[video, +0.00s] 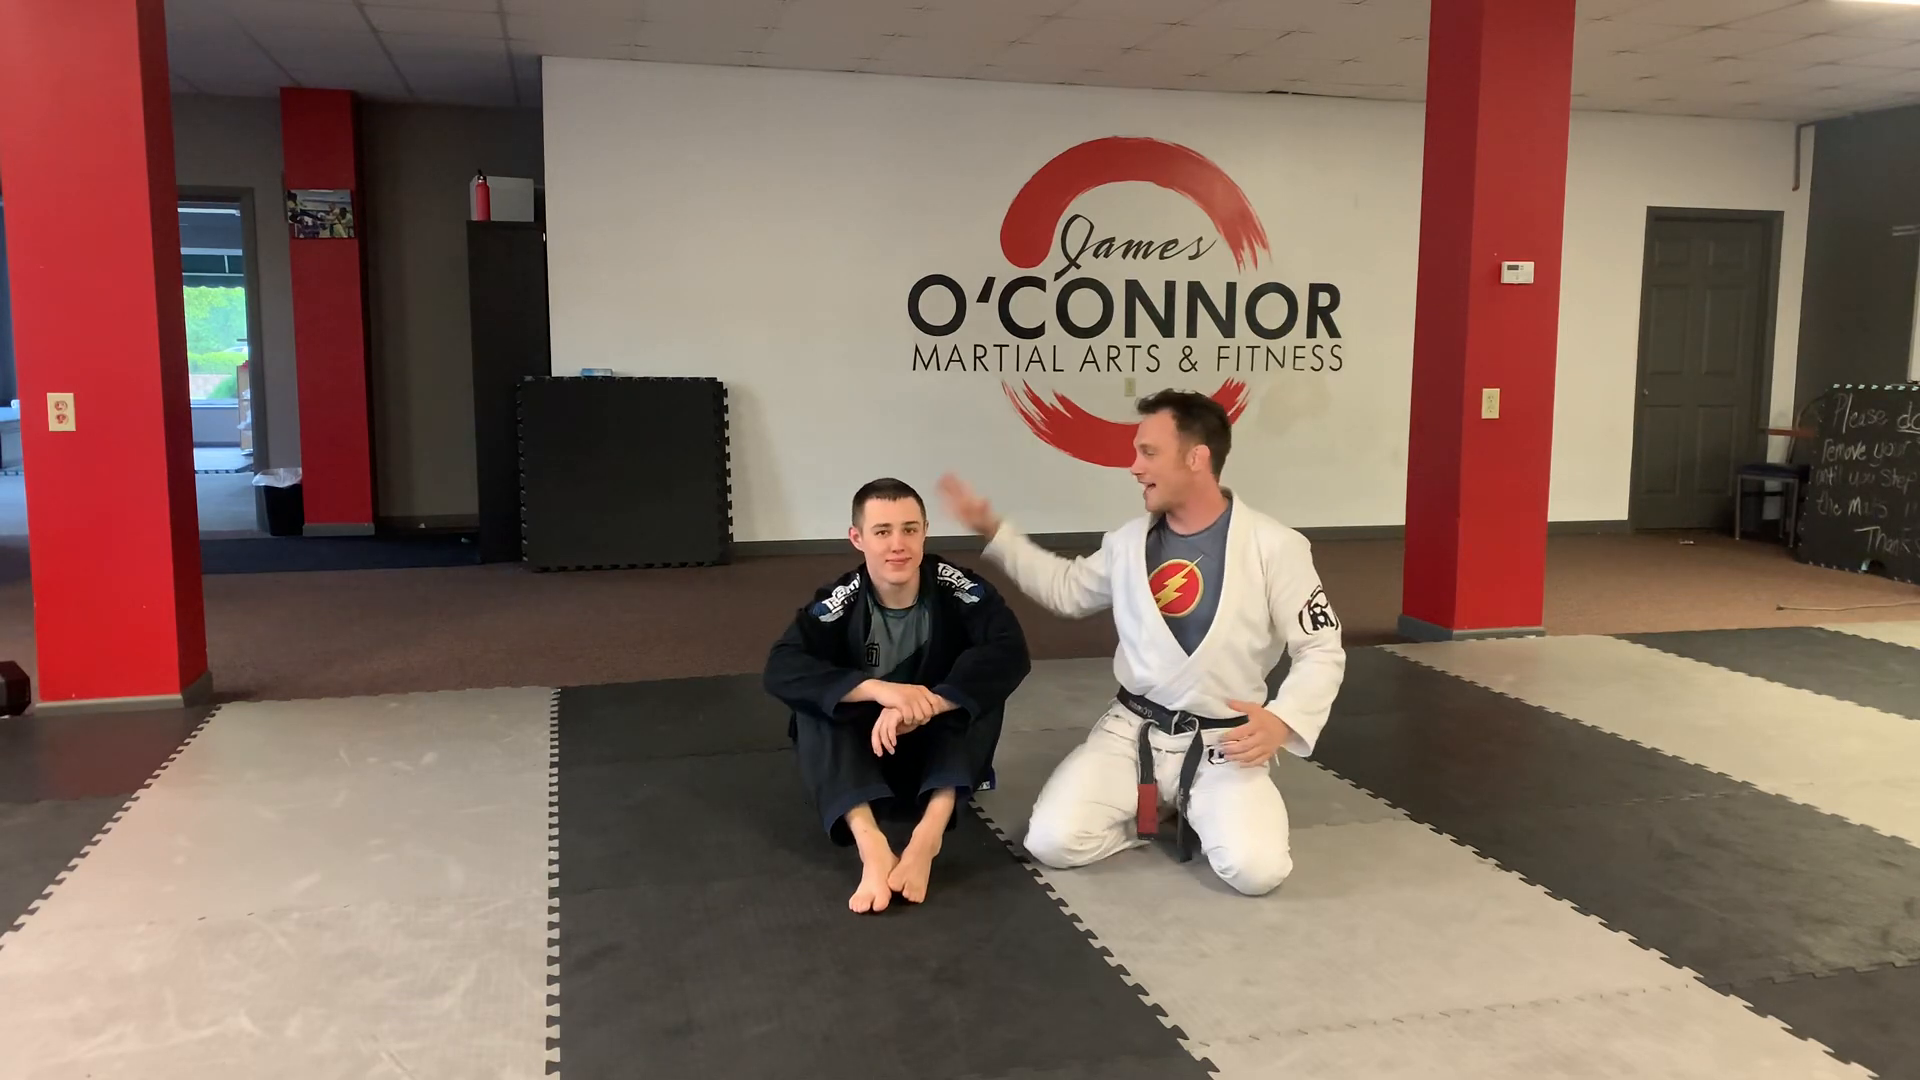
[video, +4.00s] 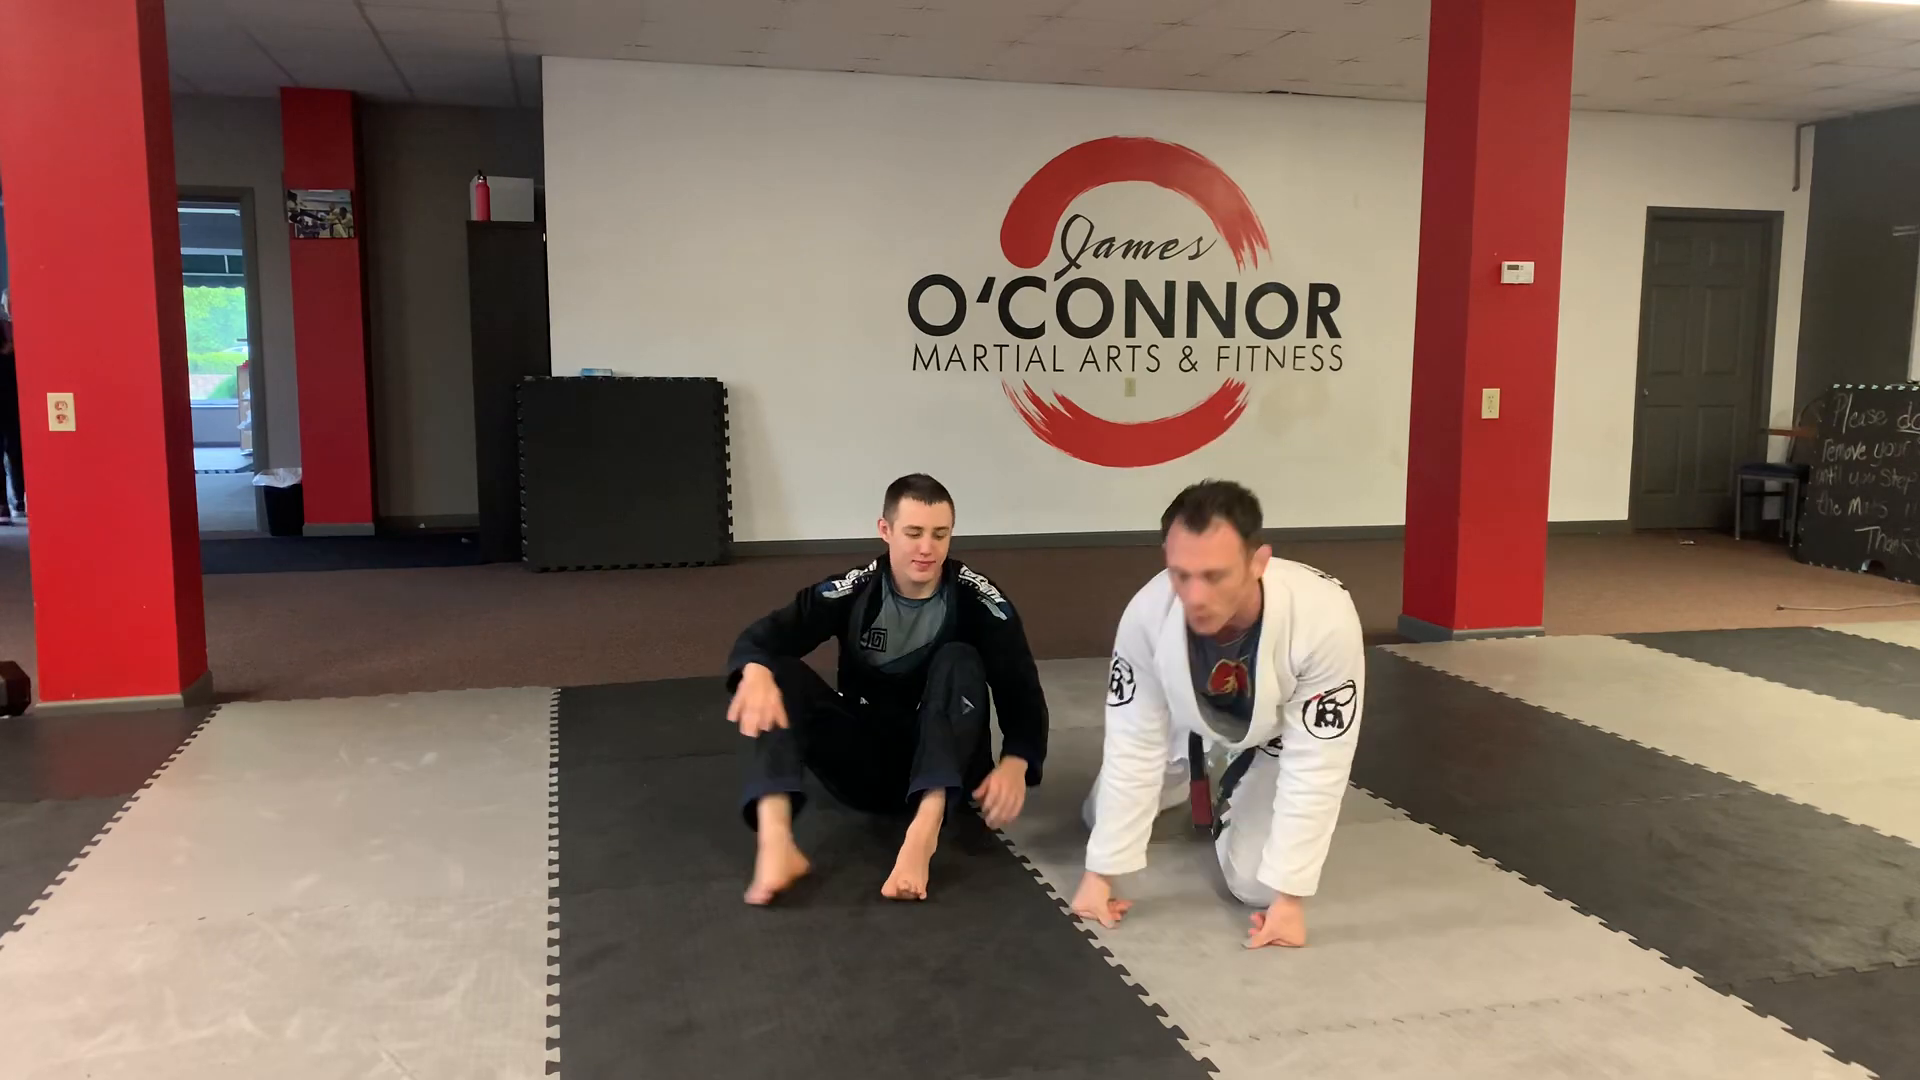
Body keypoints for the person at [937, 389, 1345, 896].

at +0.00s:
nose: (1135, 468)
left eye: (1149, 453)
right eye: (1136, 454)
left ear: (1197, 459)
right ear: (1189, 460)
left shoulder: (1274, 548)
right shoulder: (1129, 543)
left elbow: (1321, 651)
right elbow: (1067, 590)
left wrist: (1283, 723)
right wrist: (992, 530)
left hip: (1226, 744)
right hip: (1130, 730)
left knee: (1259, 871)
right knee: (1052, 842)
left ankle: (1203, 805)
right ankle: (1155, 803)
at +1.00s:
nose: (1123, 463)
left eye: (1139, 448)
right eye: (1110, 450)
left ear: (1173, 458)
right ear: (1098, 463)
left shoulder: (1235, 546)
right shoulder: (1086, 553)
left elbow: (1277, 659)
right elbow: (1049, 614)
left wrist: (1231, 750)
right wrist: (978, 569)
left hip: (1207, 739)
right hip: (1113, 732)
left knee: (1245, 871)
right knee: (1045, 840)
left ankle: (1185, 804)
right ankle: (1151, 811)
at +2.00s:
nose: (1127, 467)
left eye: (1144, 450)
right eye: (1115, 453)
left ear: (1176, 460)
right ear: (1102, 464)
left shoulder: (1239, 548)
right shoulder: (1089, 552)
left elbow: (1278, 661)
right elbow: (1050, 616)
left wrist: (1230, 749)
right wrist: (979, 568)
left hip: (1207, 739)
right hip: (1114, 732)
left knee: (1245, 871)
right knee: (1044, 841)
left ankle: (1186, 804)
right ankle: (1152, 810)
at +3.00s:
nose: (1166, 476)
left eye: (1182, 460)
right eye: (1162, 460)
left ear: (1231, 464)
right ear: (1157, 461)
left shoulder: (1282, 542)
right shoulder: (1141, 542)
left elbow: (1274, 636)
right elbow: (1077, 600)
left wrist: (1218, 543)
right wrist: (986, 582)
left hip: (1224, 739)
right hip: (1129, 727)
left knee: (1251, 867)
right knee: (1048, 842)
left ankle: (1198, 800)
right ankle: (1157, 809)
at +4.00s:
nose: (1194, 597)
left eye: (1214, 576)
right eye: (1181, 576)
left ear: (1258, 565)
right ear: (1167, 564)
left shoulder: (1323, 619)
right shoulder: (1148, 616)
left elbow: (1318, 763)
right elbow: (1132, 746)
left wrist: (1290, 897)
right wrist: (1098, 873)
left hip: (1277, 742)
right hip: (1188, 729)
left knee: (1253, 884)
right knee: (1103, 815)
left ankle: (1243, 791)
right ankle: (1201, 760)